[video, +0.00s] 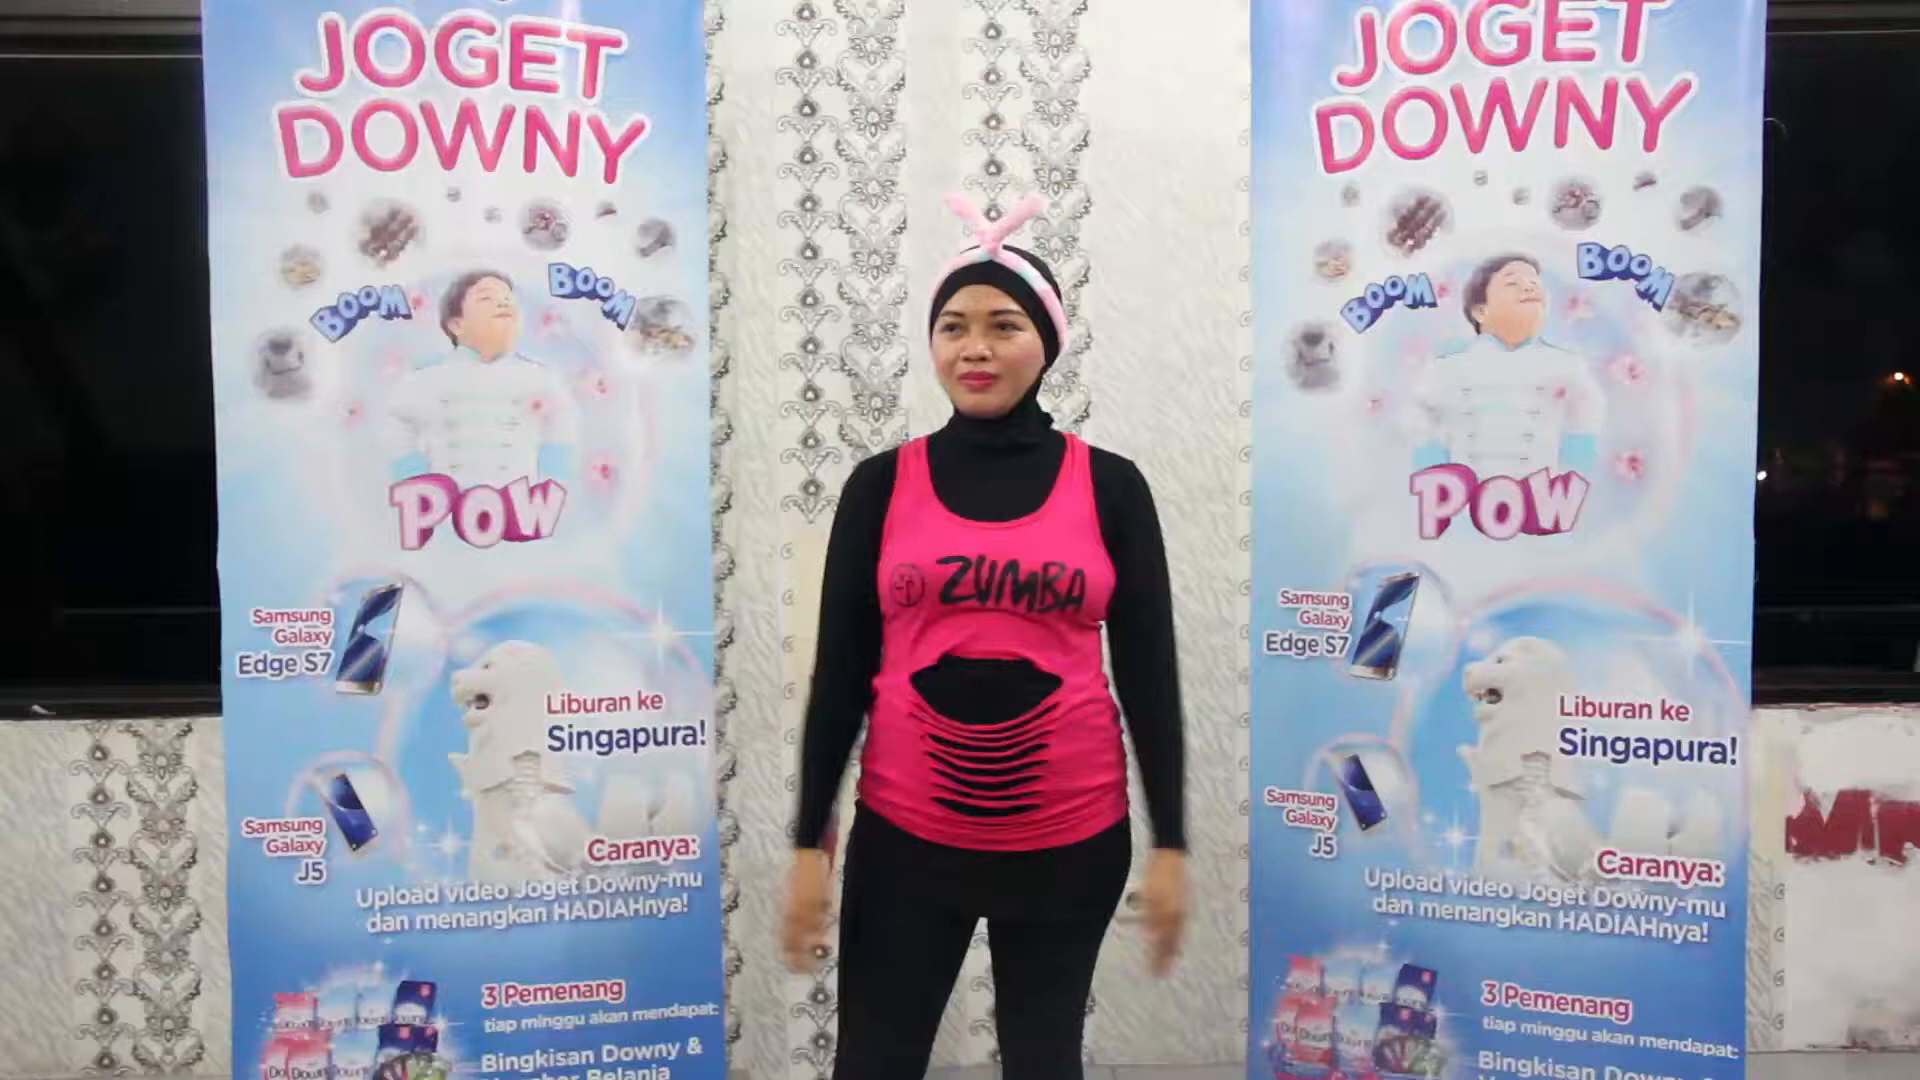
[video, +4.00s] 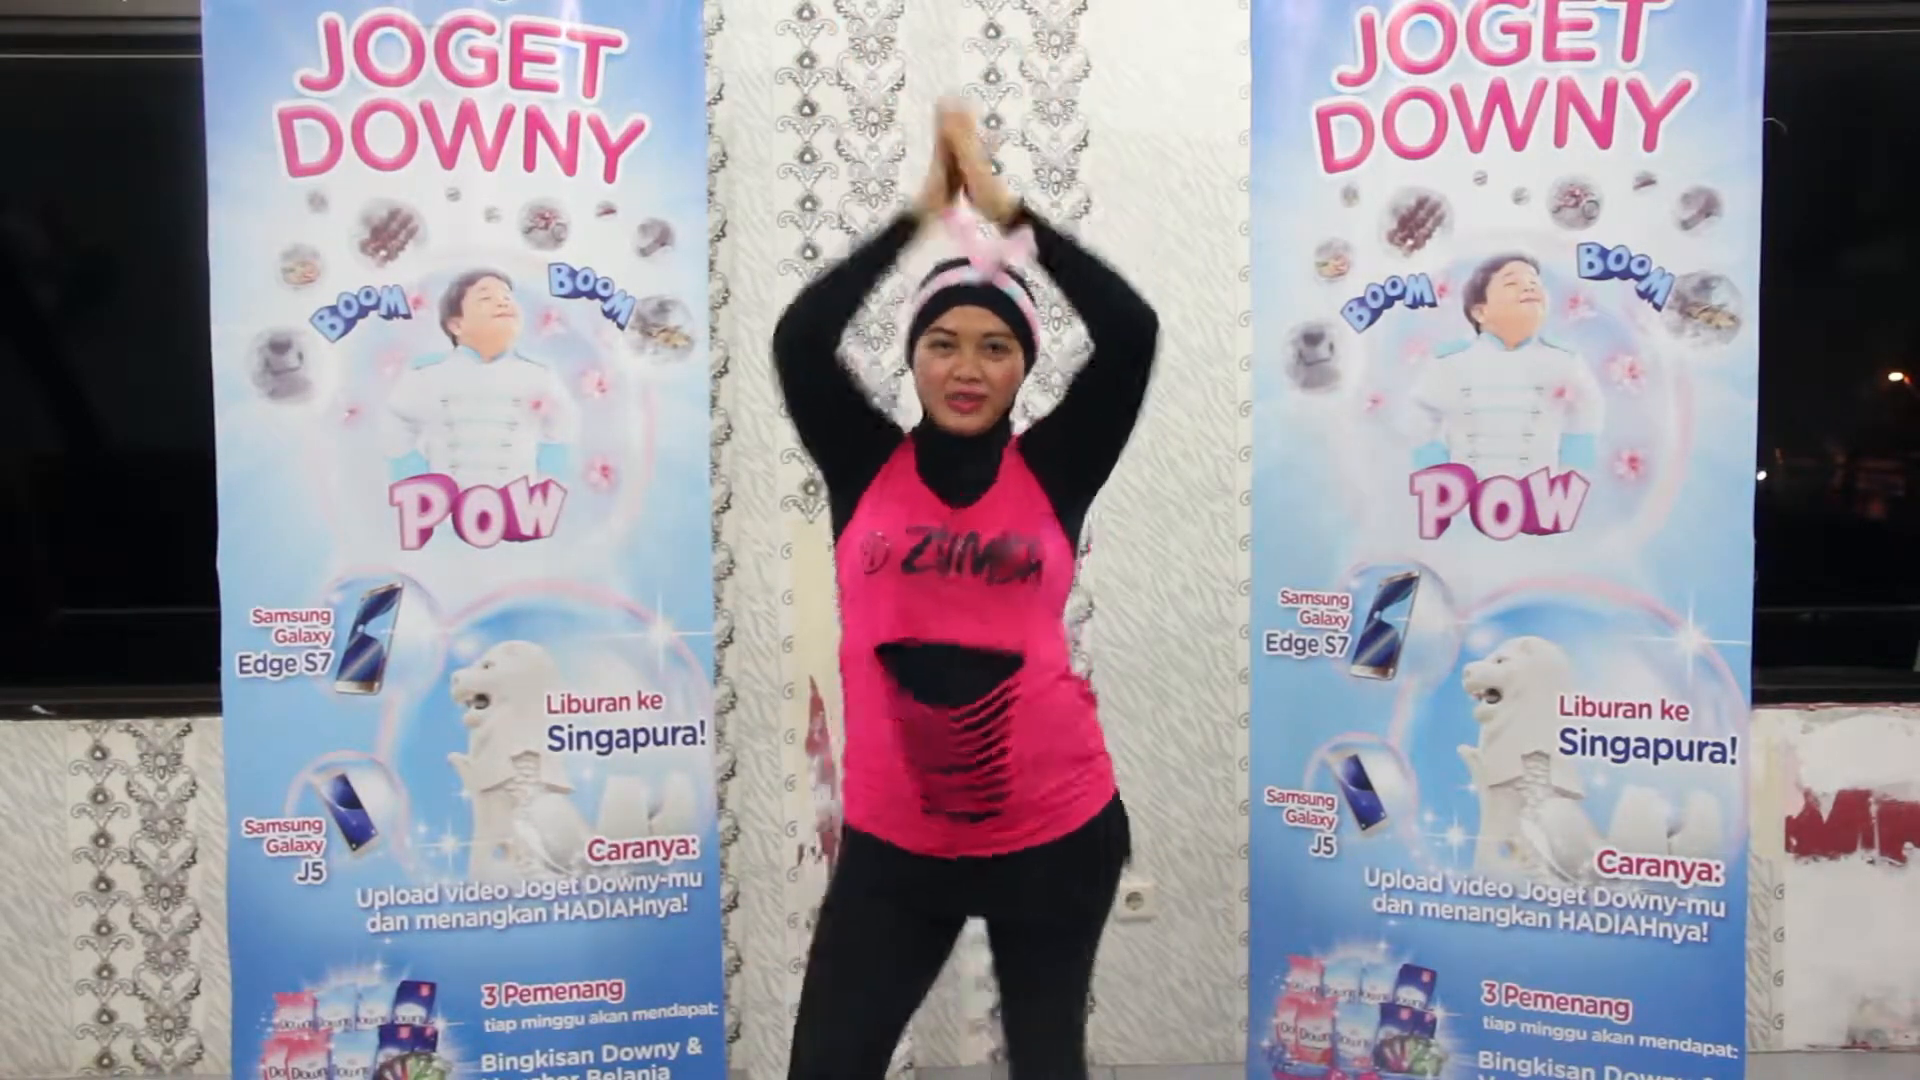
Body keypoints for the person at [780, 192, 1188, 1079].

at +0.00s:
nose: (976, 347)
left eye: (1005, 326)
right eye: (955, 326)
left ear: (1047, 348)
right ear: (933, 347)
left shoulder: (1109, 487)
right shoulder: (880, 487)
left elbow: (1147, 670)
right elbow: (843, 670)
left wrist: (1170, 842)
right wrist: (811, 841)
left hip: (1066, 836)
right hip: (908, 834)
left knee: (1044, 1062)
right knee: (873, 1063)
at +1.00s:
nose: (976, 349)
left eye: (1003, 327)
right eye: (952, 329)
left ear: (1042, 346)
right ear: (926, 351)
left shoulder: (1106, 485)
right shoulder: (876, 489)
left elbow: (1140, 671)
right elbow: (843, 676)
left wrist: (1148, 843)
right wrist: (816, 853)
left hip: (1064, 841)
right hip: (907, 838)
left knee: (1043, 1062)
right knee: (874, 1063)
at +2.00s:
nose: (993, 374)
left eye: (1017, 353)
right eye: (969, 351)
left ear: (1049, 366)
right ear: (935, 361)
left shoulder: (1079, 462)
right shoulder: (881, 463)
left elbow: (1175, 306)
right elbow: (786, 319)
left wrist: (1126, 142)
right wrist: (824, 156)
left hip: (1073, 840)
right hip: (917, 840)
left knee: (1054, 1061)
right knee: (872, 1064)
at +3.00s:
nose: (969, 350)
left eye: (995, 328)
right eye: (946, 330)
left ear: (1031, 343)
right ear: (918, 348)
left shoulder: (1076, 441)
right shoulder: (884, 452)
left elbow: (1145, 263)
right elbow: (814, 292)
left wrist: (1077, 105)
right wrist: (866, 132)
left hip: (1050, 836)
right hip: (894, 831)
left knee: (1031, 1066)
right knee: (849, 1065)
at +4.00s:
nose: (967, 365)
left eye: (993, 347)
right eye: (944, 344)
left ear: (1023, 371)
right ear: (912, 365)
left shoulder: (1054, 472)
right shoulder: (865, 468)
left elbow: (1130, 331)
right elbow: (801, 336)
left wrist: (1014, 216)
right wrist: (917, 214)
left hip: (1052, 839)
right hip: (895, 842)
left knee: (1048, 1060)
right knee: (824, 1064)